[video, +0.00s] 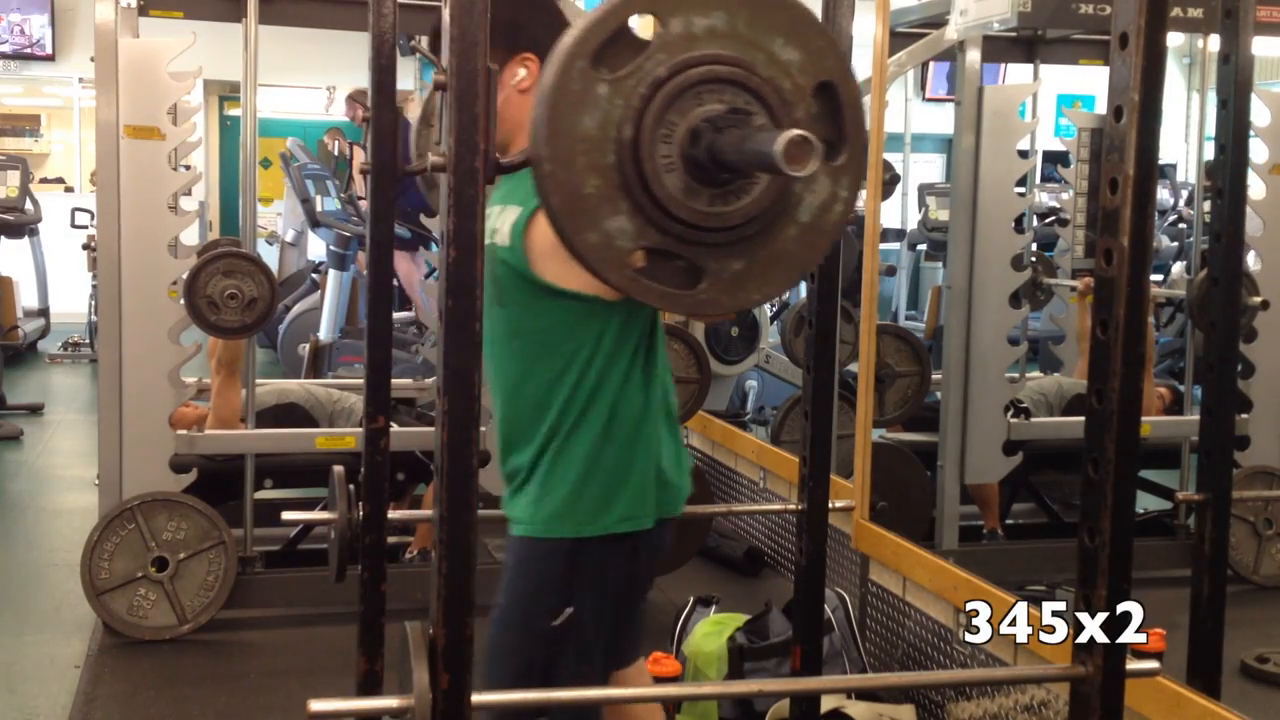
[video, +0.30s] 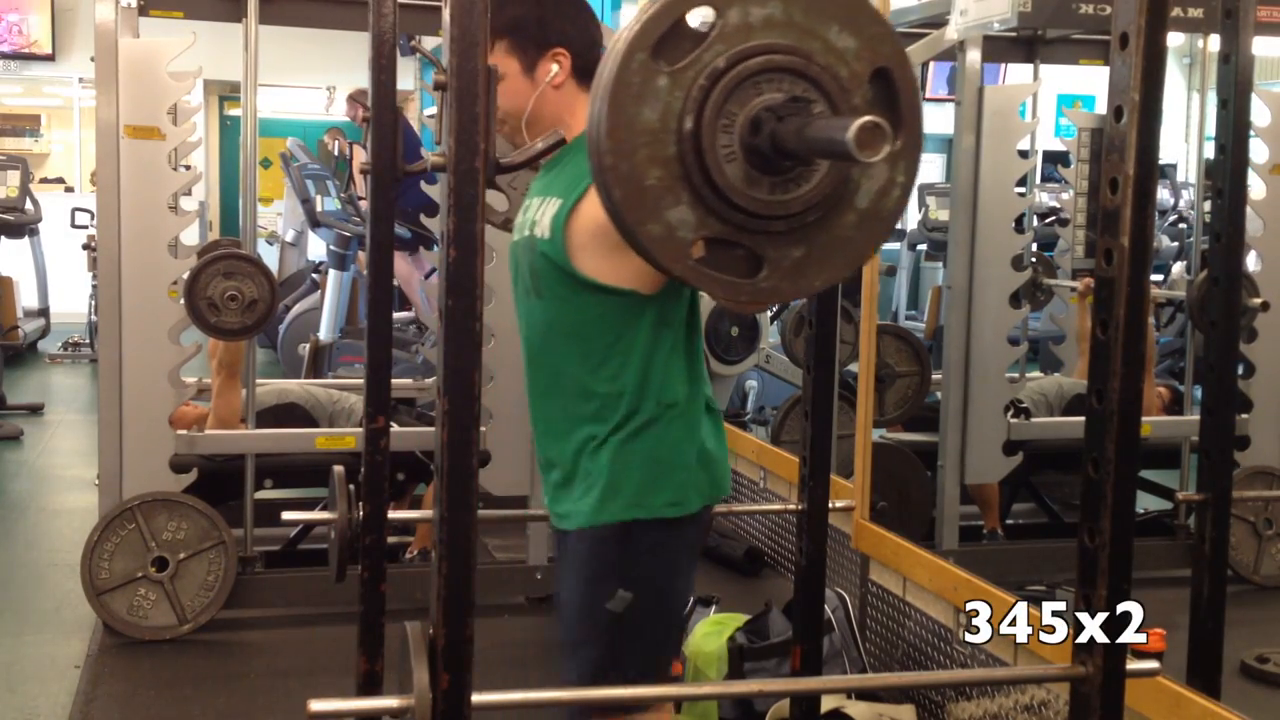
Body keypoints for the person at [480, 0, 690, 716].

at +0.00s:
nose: (472, 103)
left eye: (480, 81)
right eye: (473, 85)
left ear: (527, 74)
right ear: (527, 78)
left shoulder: (538, 201)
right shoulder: (530, 203)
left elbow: (667, 269)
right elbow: (662, 266)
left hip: (584, 505)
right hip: (601, 500)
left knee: (513, 704)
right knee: (619, 671)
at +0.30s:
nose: (491, 98)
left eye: (498, 74)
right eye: (488, 78)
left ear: (554, 69)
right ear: (551, 73)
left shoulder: (612, 188)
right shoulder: (557, 180)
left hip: (638, 497)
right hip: (594, 490)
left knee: (614, 705)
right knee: (619, 697)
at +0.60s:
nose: (507, 111)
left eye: (514, 87)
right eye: (502, 91)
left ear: (576, 70)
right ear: (574, 75)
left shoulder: (646, 193)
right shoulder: (582, 179)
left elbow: (770, 246)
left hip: (677, 513)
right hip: (618, 506)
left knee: (687, 708)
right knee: (631, 701)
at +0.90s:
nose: (521, 113)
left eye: (528, 88)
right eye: (516, 93)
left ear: (590, 71)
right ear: (588, 76)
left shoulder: (664, 193)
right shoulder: (599, 180)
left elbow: (788, 228)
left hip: (687, 511)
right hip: (632, 504)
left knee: (688, 709)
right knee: (637, 704)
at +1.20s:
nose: (525, 109)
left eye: (532, 84)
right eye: (519, 88)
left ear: (595, 68)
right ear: (591, 74)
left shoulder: (668, 189)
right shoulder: (597, 176)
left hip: (687, 506)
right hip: (619, 496)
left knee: (687, 704)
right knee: (613, 674)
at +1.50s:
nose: (515, 114)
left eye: (522, 90)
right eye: (510, 95)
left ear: (584, 73)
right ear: (581, 78)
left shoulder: (655, 193)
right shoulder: (590, 179)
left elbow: (780, 251)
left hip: (679, 514)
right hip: (622, 508)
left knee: (682, 710)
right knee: (629, 706)